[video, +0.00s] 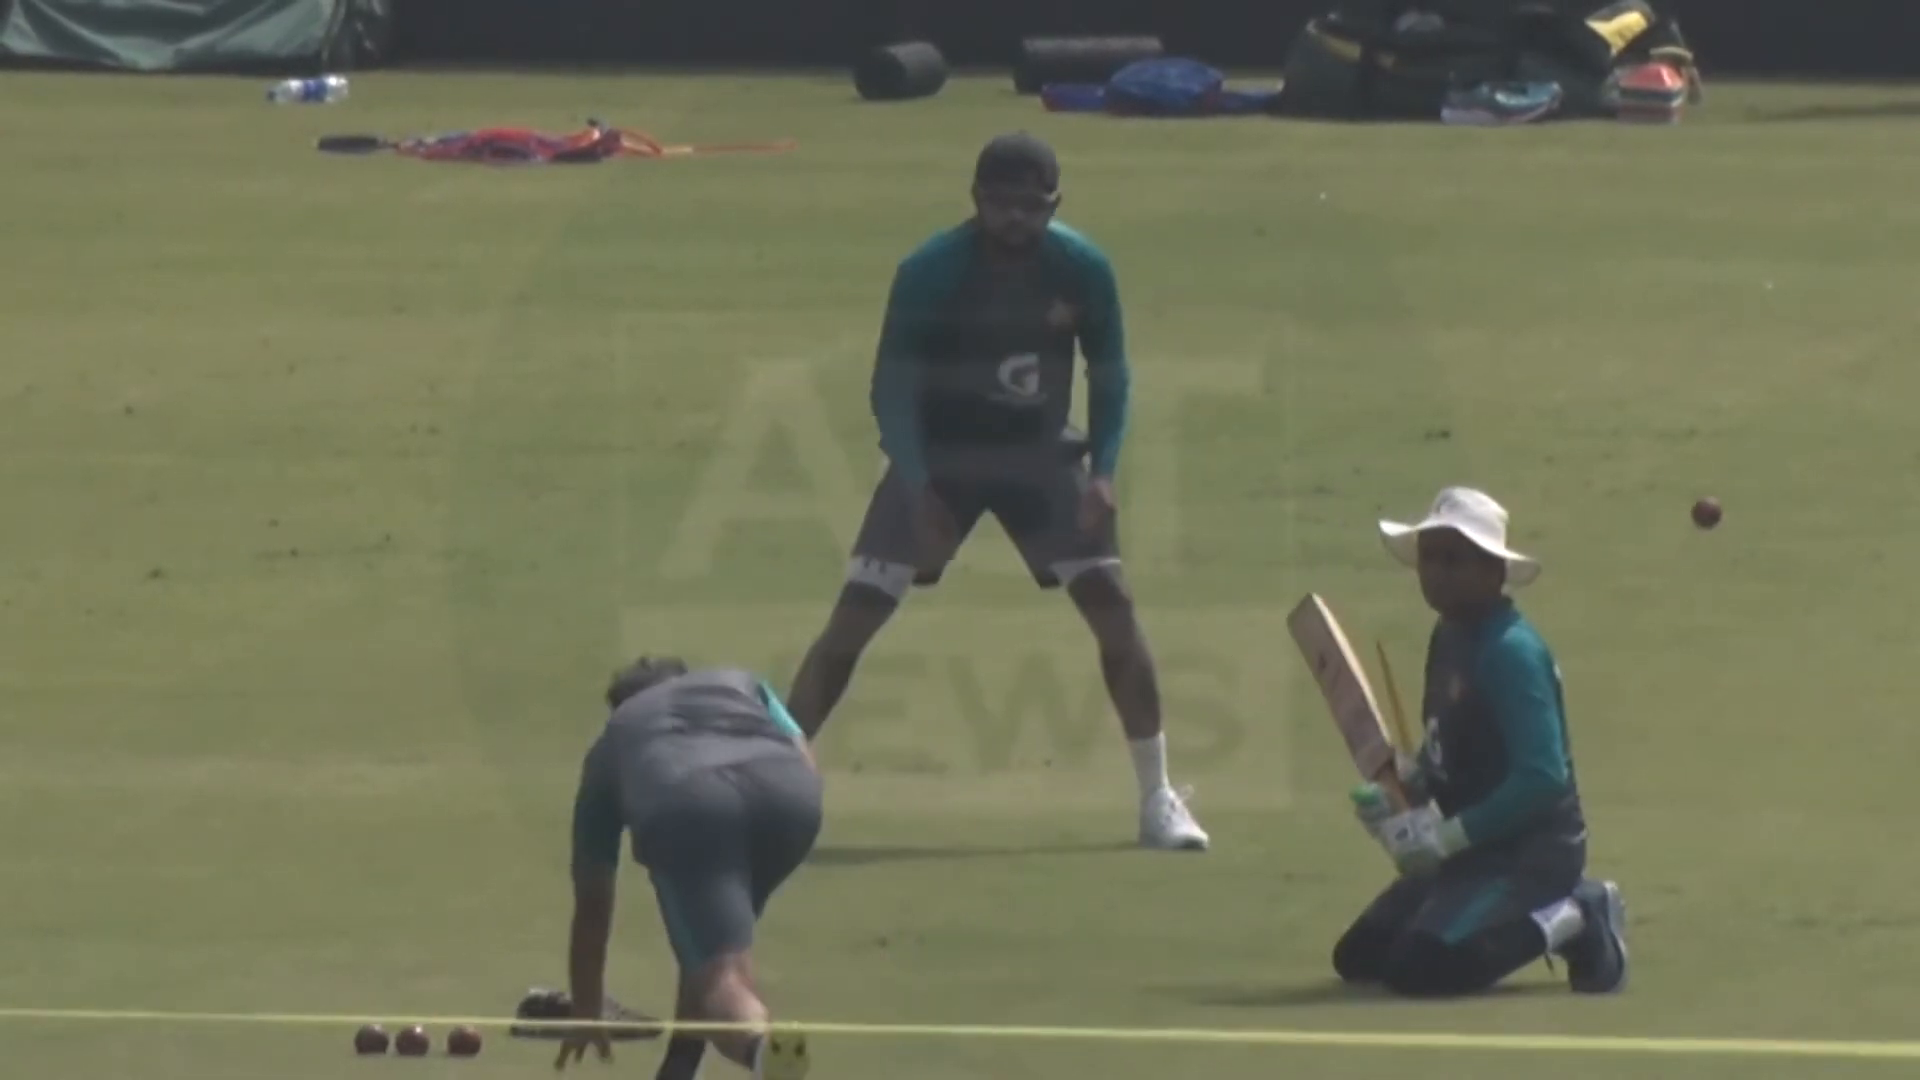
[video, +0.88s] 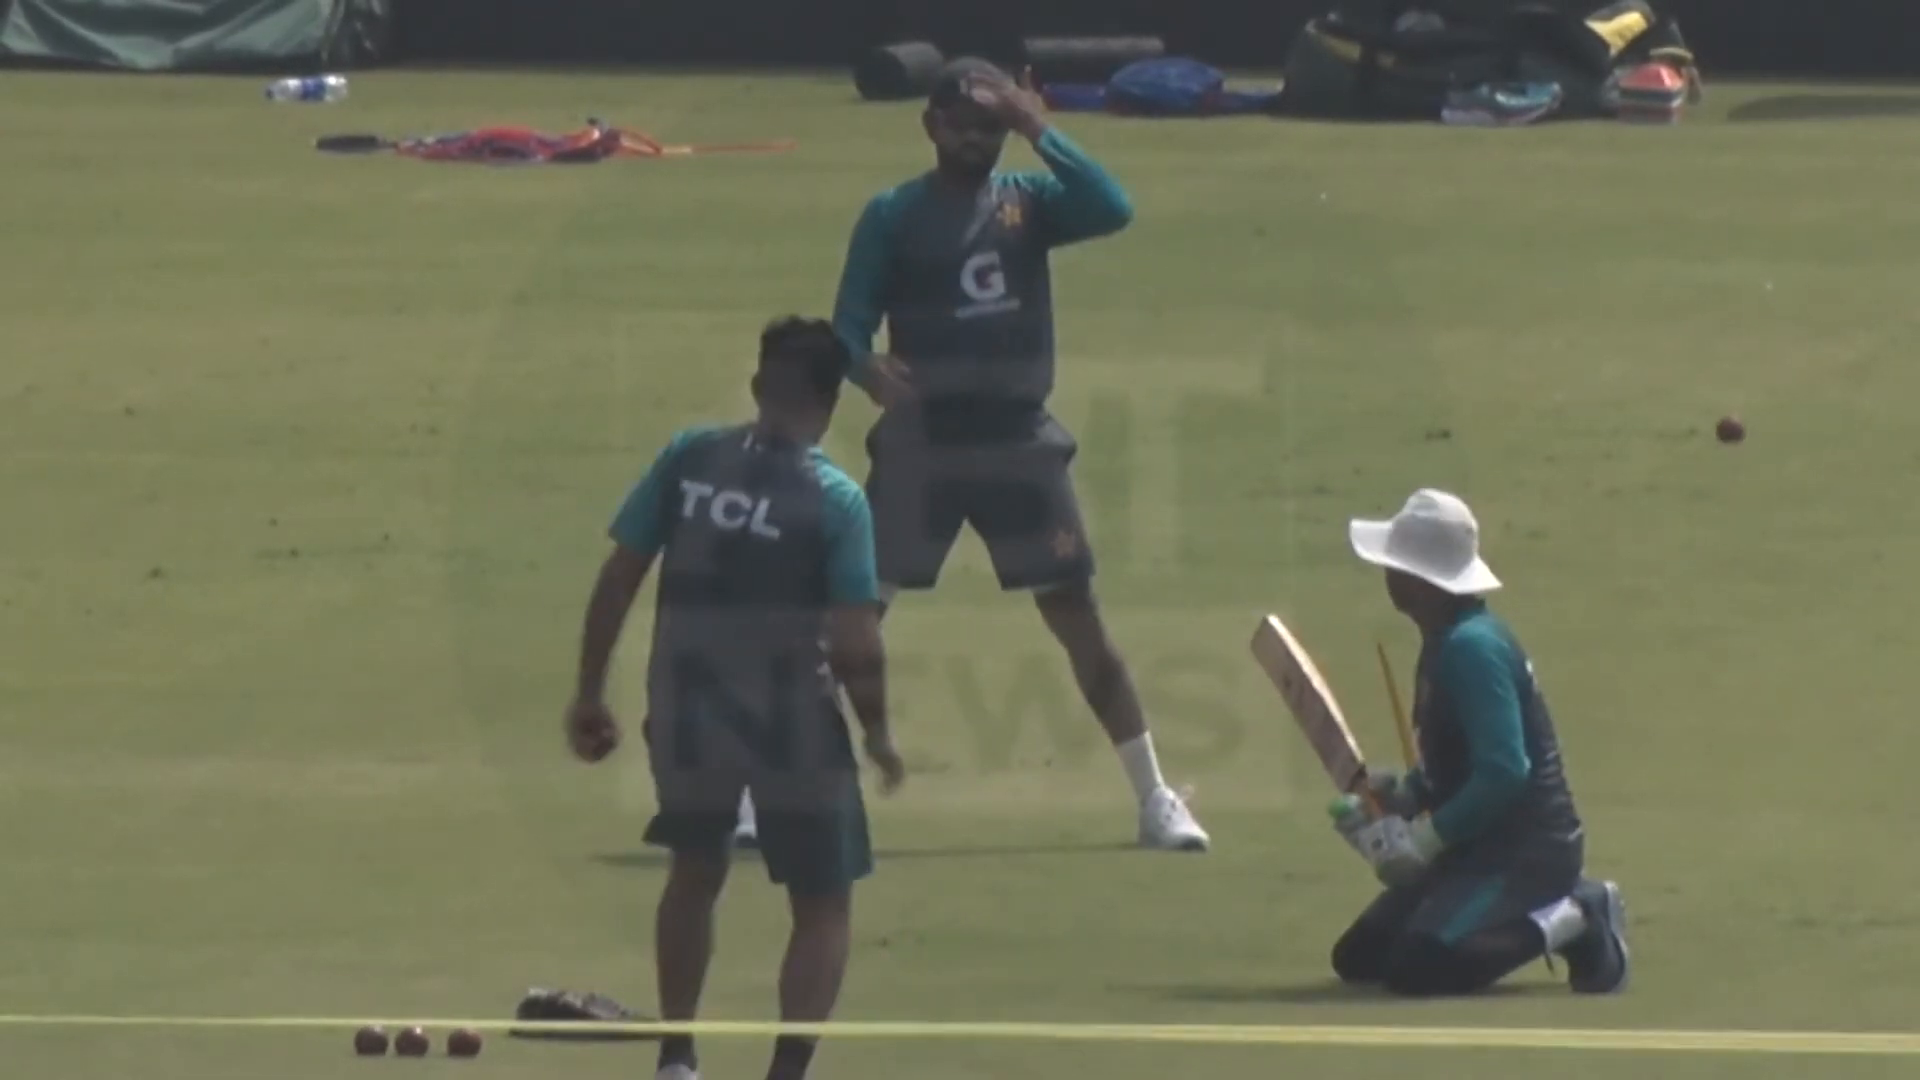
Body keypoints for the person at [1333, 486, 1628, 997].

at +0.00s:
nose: (1434, 572)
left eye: (1452, 558)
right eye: (1427, 557)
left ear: (1493, 571)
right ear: (1416, 563)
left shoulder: (1512, 651)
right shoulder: (1450, 637)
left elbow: (1543, 778)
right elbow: (1451, 751)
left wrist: (1448, 836)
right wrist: (1404, 793)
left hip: (1532, 857)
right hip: (1478, 849)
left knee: (1416, 971)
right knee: (1358, 958)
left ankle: (1577, 917)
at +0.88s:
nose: (1386, 579)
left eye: (1394, 568)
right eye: (1388, 567)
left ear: (1421, 578)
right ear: (1442, 577)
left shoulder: (1471, 647)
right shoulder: (1443, 645)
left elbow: (1505, 773)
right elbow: (1456, 768)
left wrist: (1423, 840)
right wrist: (1399, 795)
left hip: (1525, 856)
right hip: (1484, 849)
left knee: (1415, 971)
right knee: (1358, 958)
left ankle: (1577, 917)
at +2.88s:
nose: (1419, 587)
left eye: (1437, 571)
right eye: (1412, 572)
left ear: (1476, 578)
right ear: (1400, 577)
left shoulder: (1495, 651)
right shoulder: (1434, 646)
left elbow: (1522, 777)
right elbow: (1446, 758)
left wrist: (1434, 841)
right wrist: (1405, 804)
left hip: (1534, 855)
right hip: (1481, 848)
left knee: (1416, 969)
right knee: (1357, 957)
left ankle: (1579, 919)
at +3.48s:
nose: (1414, 586)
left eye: (1432, 570)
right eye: (1407, 571)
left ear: (1470, 576)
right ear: (1396, 576)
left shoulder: (1492, 650)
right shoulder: (1434, 642)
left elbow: (1483, 780)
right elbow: (1443, 757)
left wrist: (1395, 797)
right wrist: (1388, 758)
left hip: (1524, 859)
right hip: (1466, 853)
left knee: (1415, 970)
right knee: (1356, 959)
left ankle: (1577, 920)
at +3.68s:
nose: (1413, 581)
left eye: (1430, 565)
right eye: (1405, 567)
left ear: (1465, 569)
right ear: (1395, 572)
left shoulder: (1490, 635)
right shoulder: (1437, 633)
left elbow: (1430, 747)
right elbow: (1430, 722)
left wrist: (1348, 734)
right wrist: (1358, 696)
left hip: (1519, 857)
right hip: (1461, 850)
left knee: (1417, 971)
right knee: (1354, 958)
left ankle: (1576, 917)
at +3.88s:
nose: (1374, 580)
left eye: (1388, 566)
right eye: (1372, 566)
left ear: (1429, 570)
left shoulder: (1458, 625)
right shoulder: (1423, 638)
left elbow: (1377, 722)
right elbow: (1377, 751)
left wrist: (1281, 712)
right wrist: (1281, 723)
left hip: (1506, 857)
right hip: (1454, 858)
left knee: (1422, 969)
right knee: (1339, 955)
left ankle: (1576, 917)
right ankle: (1505, 927)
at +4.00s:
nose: (1333, 563)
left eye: (1344, 552)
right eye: (1337, 551)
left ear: (1377, 559)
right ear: (1394, 563)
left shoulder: (1408, 603)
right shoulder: (1387, 660)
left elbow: (1297, 625)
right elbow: (1292, 737)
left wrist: (1191, 640)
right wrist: (1180, 703)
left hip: (1489, 846)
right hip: (1446, 851)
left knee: (1416, 968)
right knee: (1335, 955)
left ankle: (1576, 915)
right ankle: (1520, 923)